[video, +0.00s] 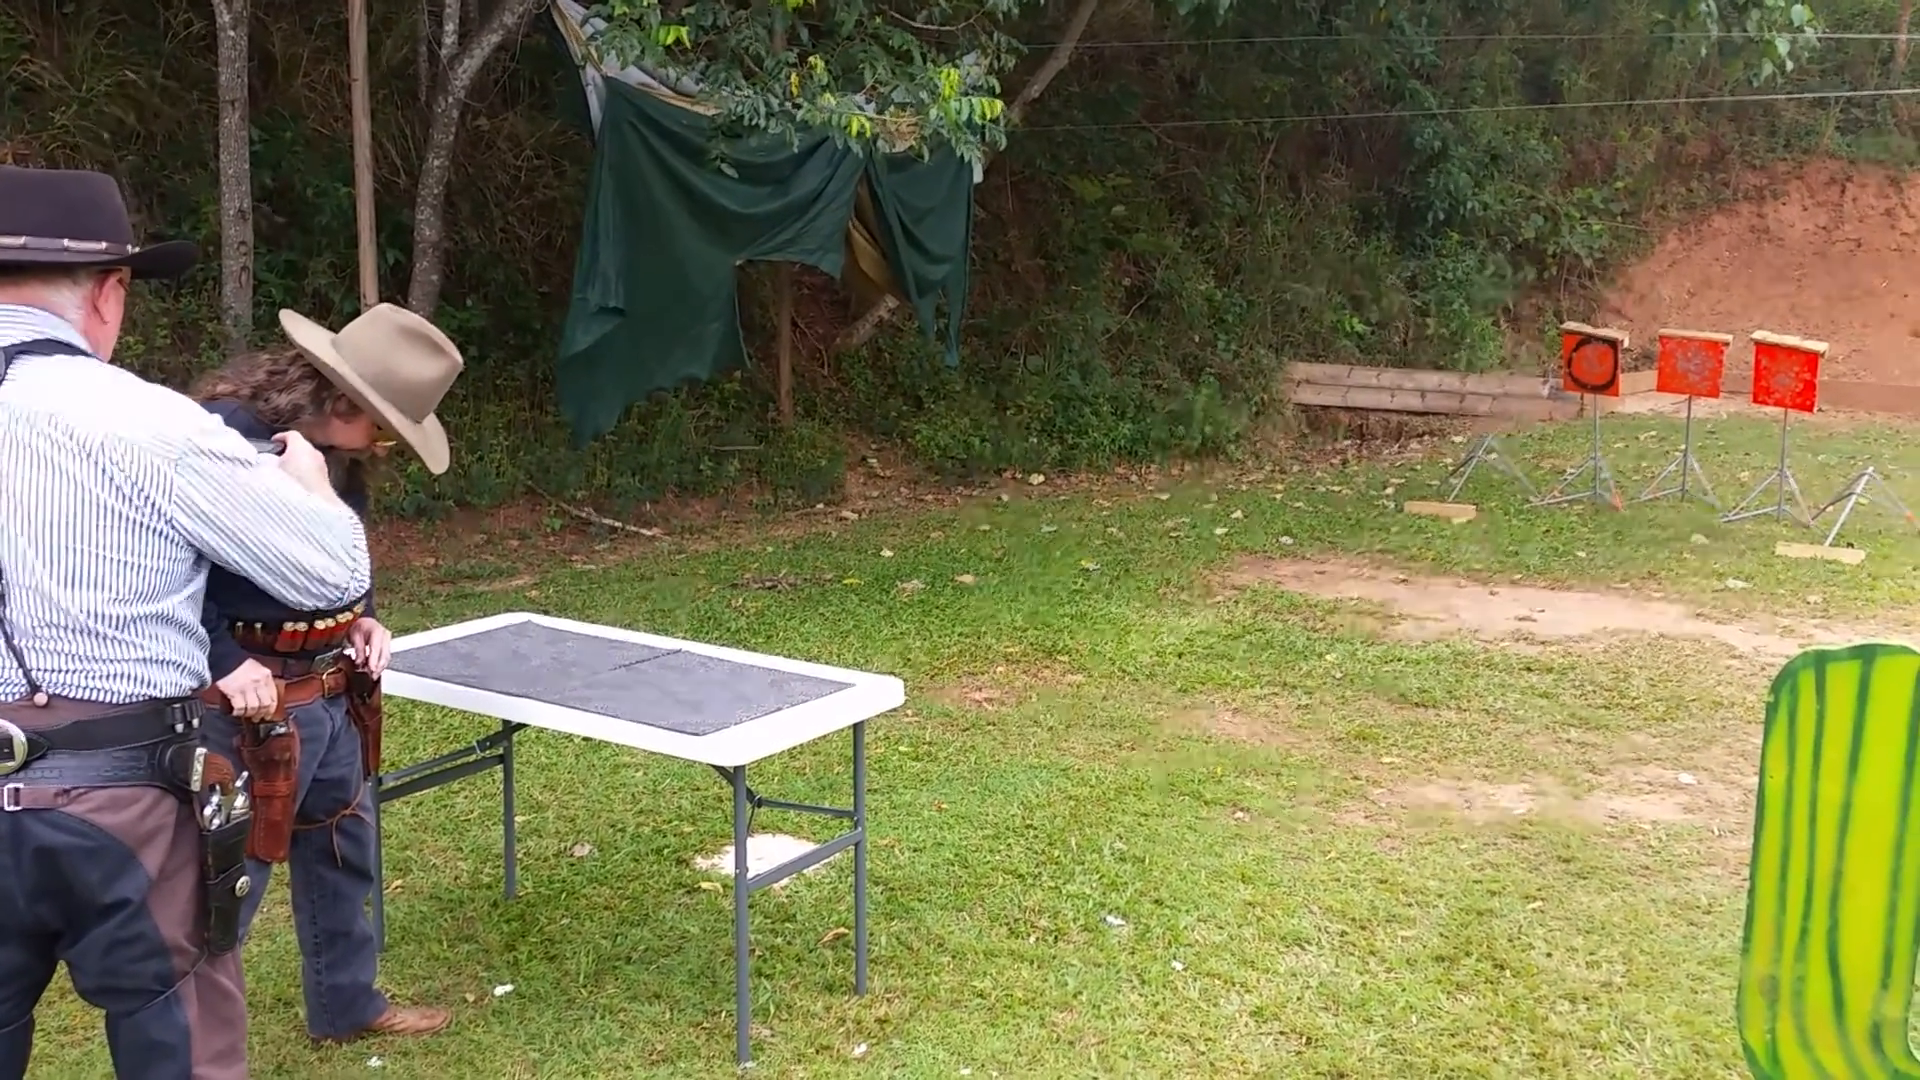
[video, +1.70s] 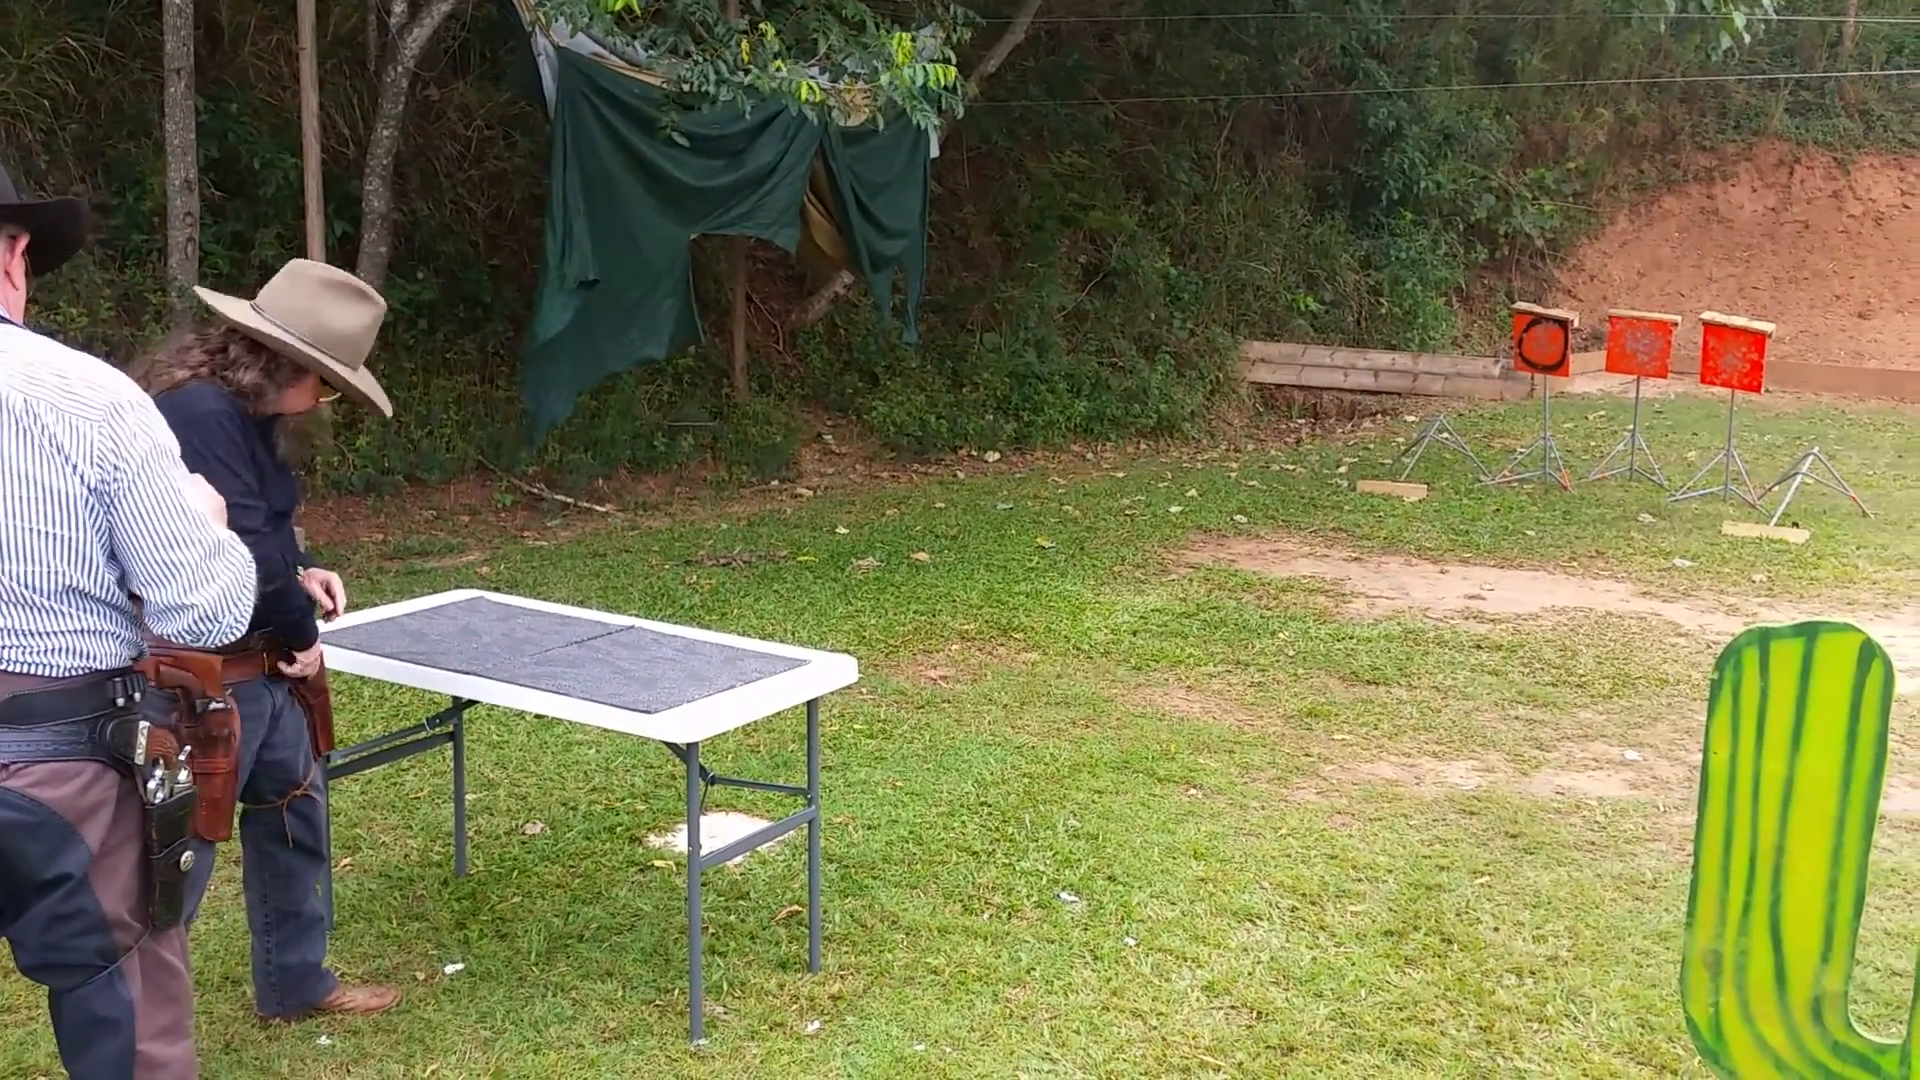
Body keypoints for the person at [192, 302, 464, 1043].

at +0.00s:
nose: (382, 447)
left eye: (390, 436)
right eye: (383, 431)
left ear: (355, 411)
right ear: (348, 404)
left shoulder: (335, 464)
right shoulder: (219, 442)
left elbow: (333, 564)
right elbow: (172, 573)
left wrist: (357, 619)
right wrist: (224, 658)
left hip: (326, 698)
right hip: (243, 709)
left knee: (342, 855)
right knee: (228, 886)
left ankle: (346, 1006)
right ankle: (187, 1032)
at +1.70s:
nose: (320, 401)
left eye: (326, 388)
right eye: (320, 384)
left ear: (276, 364)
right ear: (287, 368)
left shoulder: (249, 421)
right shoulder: (206, 417)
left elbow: (262, 524)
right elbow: (247, 556)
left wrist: (303, 570)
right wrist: (297, 636)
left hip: (264, 670)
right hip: (202, 675)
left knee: (293, 822)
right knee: (180, 857)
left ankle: (294, 986)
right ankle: (133, 1003)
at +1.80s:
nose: (322, 378)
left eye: (324, 362)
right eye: (318, 360)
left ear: (245, 341)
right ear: (282, 357)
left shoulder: (222, 408)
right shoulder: (212, 412)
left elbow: (236, 524)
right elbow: (263, 553)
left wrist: (297, 562)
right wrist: (303, 623)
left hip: (254, 666)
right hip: (197, 673)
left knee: (287, 825)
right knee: (175, 859)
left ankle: (291, 986)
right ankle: (131, 1006)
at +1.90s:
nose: (312, 352)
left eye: (312, 337)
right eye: (304, 337)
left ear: (235, 333)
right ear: (265, 341)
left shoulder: (189, 387)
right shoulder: (215, 393)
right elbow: (275, 512)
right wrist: (316, 571)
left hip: (245, 646)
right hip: (191, 659)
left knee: (280, 816)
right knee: (174, 856)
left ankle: (289, 983)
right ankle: (125, 1010)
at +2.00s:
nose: (303, 340)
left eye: (302, 324)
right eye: (296, 325)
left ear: (217, 325)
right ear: (262, 330)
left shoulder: (167, 379)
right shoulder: (221, 382)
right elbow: (250, 472)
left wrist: (271, 524)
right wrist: (318, 510)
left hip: (233, 651)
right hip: (197, 657)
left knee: (276, 817)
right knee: (175, 852)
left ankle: (285, 982)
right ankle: (127, 1011)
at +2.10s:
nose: (290, 332)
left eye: (289, 318)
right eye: (283, 319)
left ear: (207, 322)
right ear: (254, 324)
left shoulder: (178, 383)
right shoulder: (221, 388)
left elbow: (200, 493)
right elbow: (250, 510)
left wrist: (287, 481)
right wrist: (322, 501)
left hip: (226, 657)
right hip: (190, 663)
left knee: (271, 821)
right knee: (182, 855)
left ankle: (284, 981)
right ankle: (120, 1007)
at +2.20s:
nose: (283, 328)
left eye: (281, 314)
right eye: (276, 315)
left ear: (198, 323)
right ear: (245, 324)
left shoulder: (169, 393)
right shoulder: (228, 402)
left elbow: (246, 487)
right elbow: (316, 521)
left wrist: (318, 460)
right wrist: (359, 483)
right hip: (198, 665)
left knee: (275, 819)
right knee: (184, 858)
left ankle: (284, 979)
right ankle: (120, 1007)